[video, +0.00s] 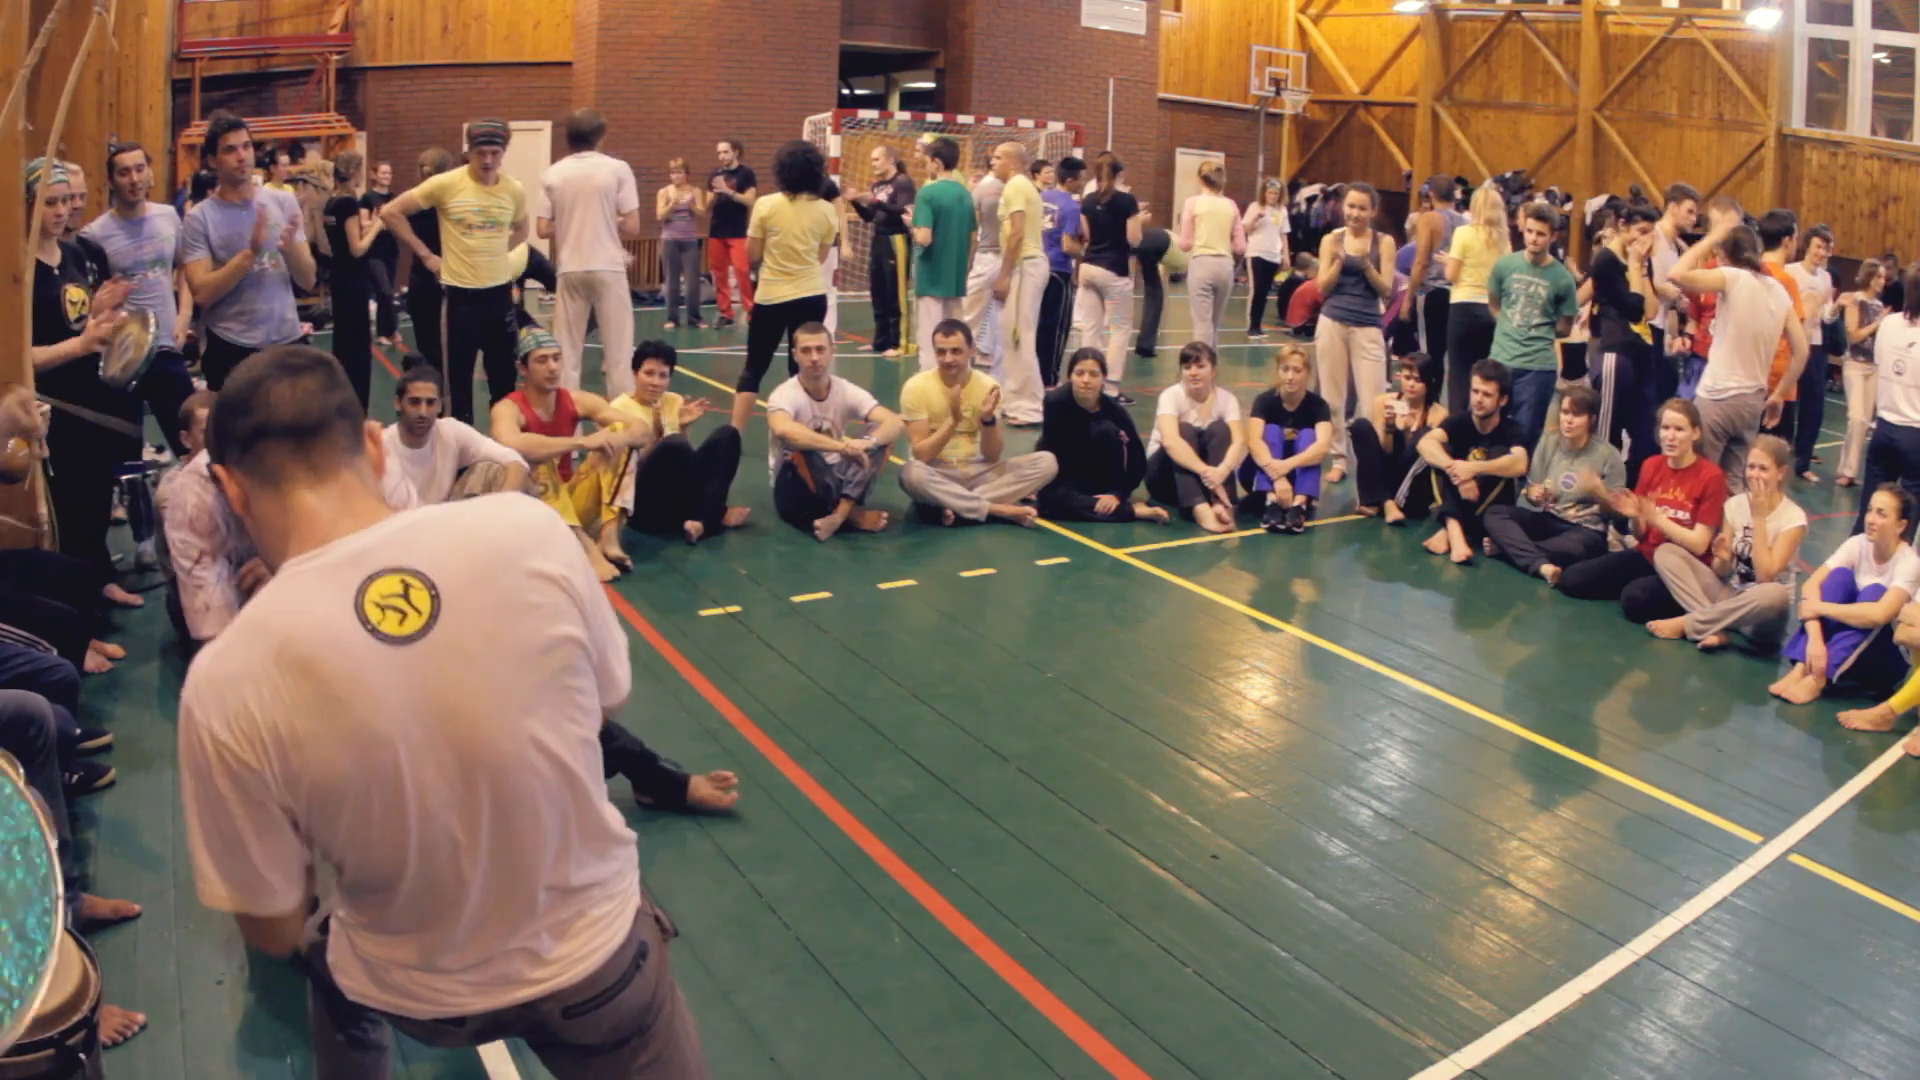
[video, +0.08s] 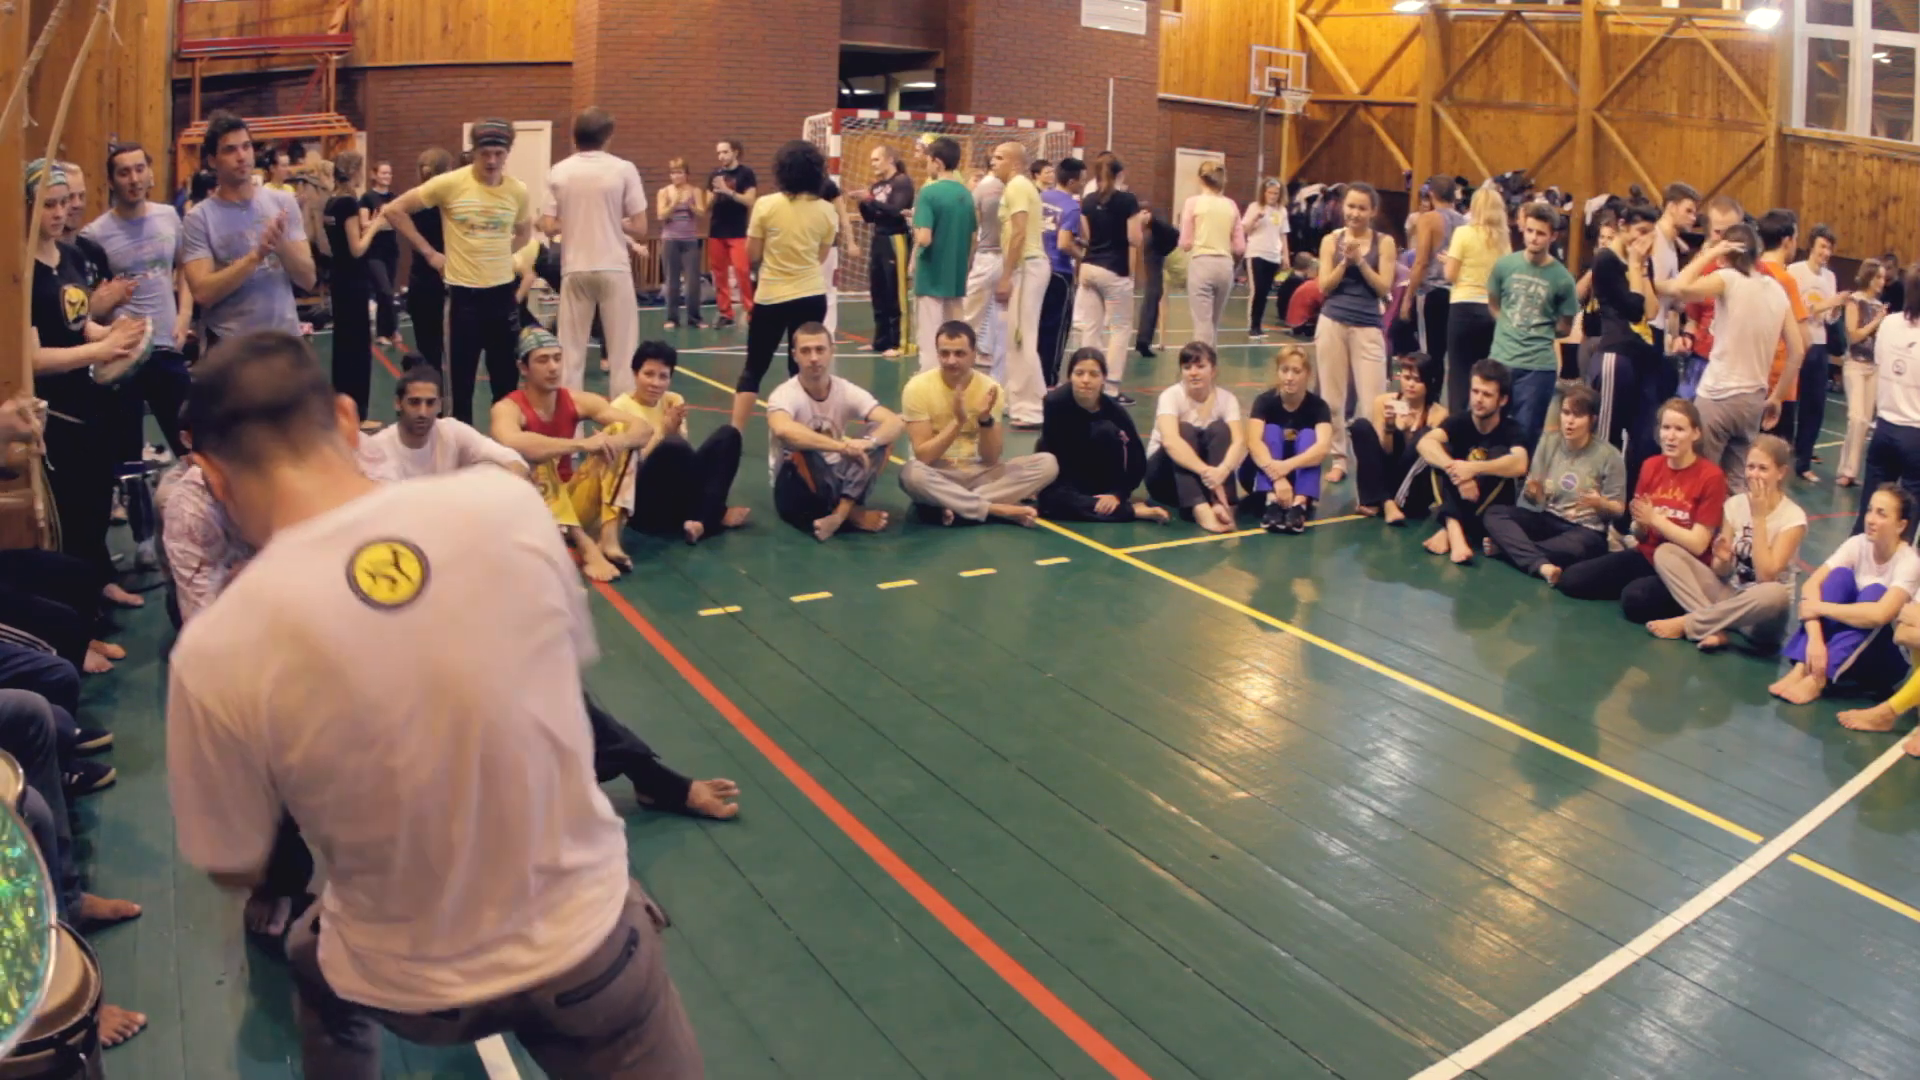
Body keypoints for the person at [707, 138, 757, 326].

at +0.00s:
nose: (722, 156)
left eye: (725, 152)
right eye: (719, 153)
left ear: (736, 153)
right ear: (717, 155)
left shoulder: (746, 173)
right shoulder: (716, 175)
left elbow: (750, 199)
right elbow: (708, 204)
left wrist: (727, 190)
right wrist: (715, 192)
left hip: (738, 232)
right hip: (717, 232)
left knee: (742, 271)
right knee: (719, 275)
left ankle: (750, 309)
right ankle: (724, 312)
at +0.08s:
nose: (721, 156)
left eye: (725, 152)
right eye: (719, 153)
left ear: (735, 153)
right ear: (717, 155)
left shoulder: (746, 173)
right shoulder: (715, 175)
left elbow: (750, 199)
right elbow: (708, 204)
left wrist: (727, 191)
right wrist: (715, 193)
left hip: (737, 232)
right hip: (717, 232)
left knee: (742, 271)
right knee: (719, 275)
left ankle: (750, 309)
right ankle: (724, 312)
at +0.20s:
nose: (721, 156)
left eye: (724, 152)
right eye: (718, 153)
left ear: (735, 152)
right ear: (716, 155)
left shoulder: (745, 173)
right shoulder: (716, 174)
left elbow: (750, 199)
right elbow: (708, 205)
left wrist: (726, 190)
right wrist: (712, 192)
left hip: (737, 232)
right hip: (717, 232)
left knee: (742, 271)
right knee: (719, 275)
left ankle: (750, 309)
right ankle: (724, 312)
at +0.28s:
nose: (721, 156)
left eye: (724, 152)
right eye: (718, 153)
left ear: (735, 152)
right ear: (716, 155)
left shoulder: (745, 173)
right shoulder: (716, 174)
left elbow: (750, 199)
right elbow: (708, 204)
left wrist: (726, 190)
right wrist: (712, 191)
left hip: (737, 233)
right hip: (717, 232)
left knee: (742, 271)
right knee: (719, 275)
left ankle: (750, 309)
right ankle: (724, 312)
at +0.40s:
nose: (720, 156)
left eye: (723, 152)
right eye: (717, 153)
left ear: (734, 152)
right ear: (716, 155)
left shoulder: (745, 173)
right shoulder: (716, 174)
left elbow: (750, 199)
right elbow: (708, 205)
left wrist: (725, 190)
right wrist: (714, 192)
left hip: (737, 233)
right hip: (717, 232)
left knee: (742, 271)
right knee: (719, 275)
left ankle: (749, 309)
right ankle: (724, 312)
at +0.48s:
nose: (719, 156)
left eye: (723, 152)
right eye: (717, 153)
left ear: (734, 152)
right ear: (716, 155)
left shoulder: (745, 173)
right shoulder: (716, 175)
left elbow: (750, 199)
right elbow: (708, 205)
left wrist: (725, 191)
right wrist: (714, 192)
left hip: (737, 233)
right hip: (716, 233)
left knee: (742, 271)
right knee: (719, 275)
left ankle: (749, 309)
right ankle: (725, 312)